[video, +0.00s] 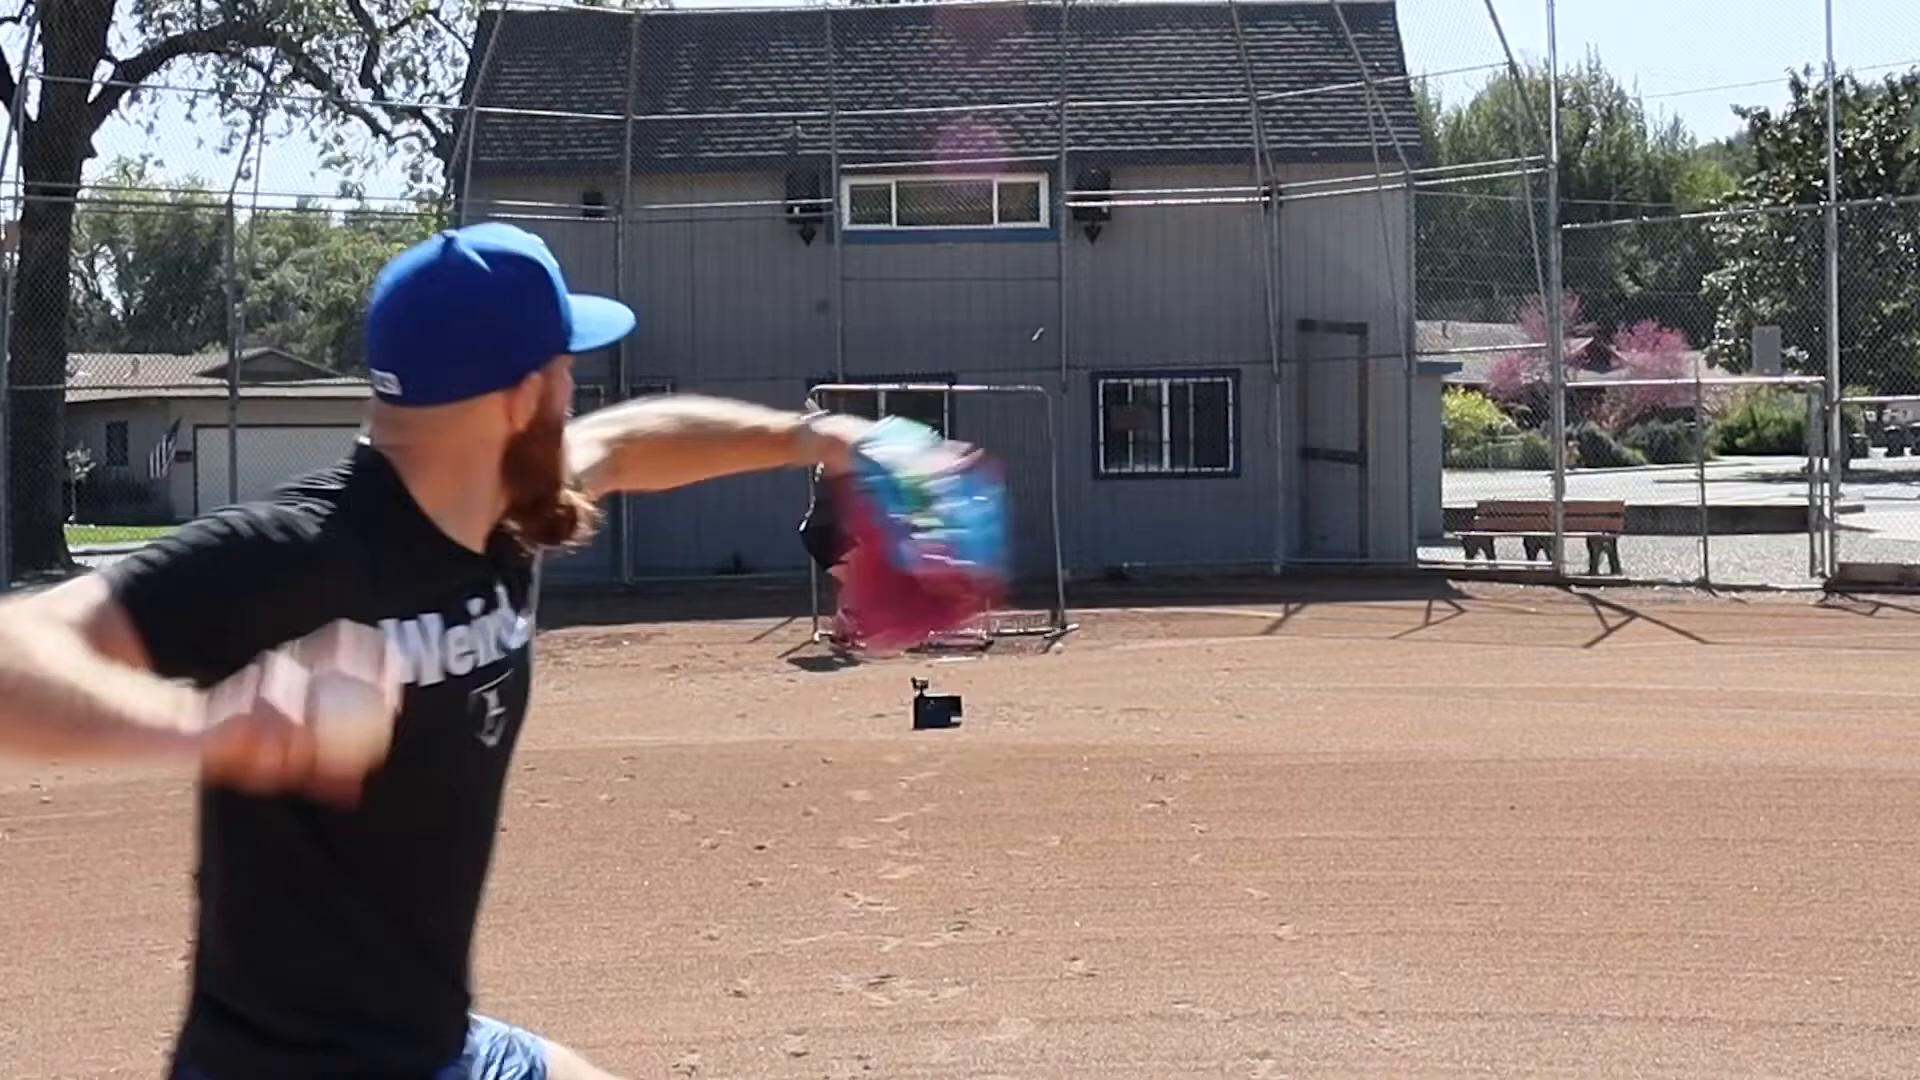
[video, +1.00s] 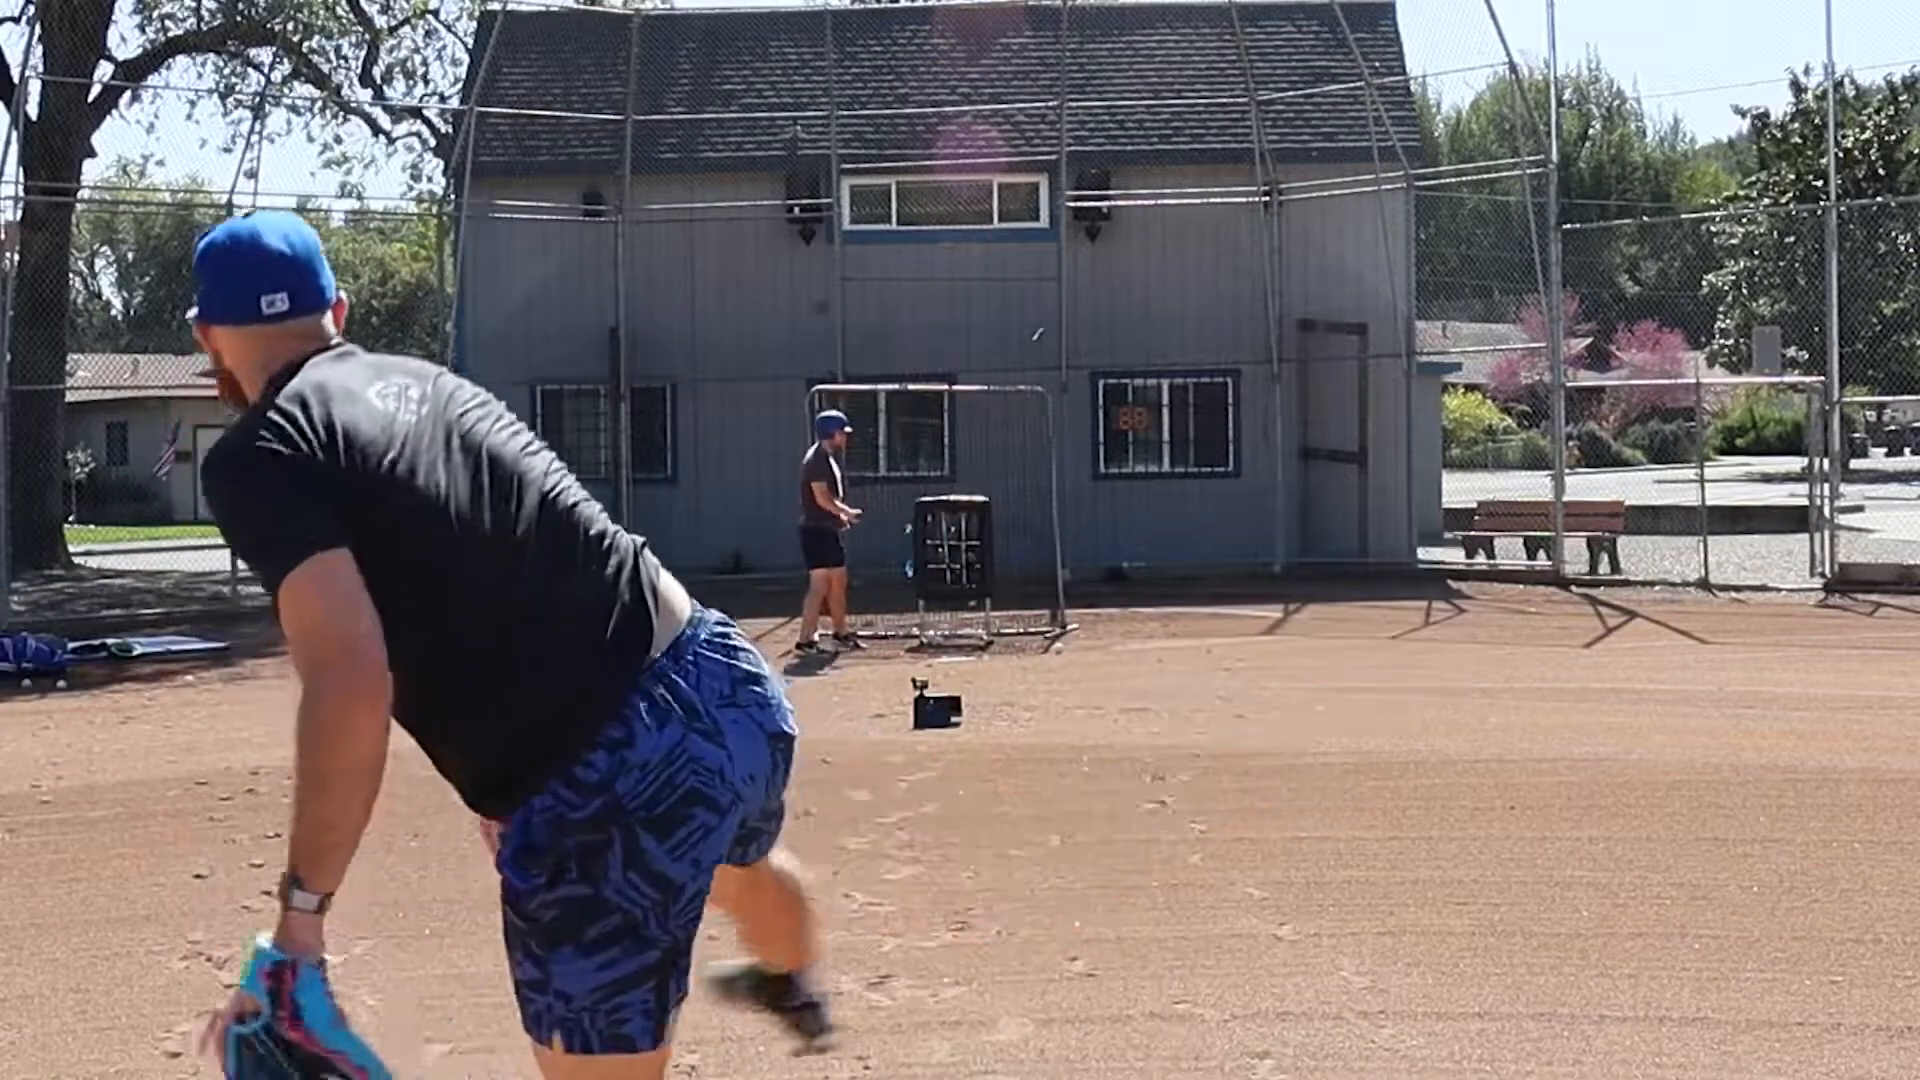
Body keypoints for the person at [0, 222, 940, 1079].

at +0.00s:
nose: (573, 389)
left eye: (570, 367)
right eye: (567, 366)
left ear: (465, 395)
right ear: (521, 392)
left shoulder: (492, 520)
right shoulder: (293, 550)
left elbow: (636, 442)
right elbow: (17, 651)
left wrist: (821, 438)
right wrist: (202, 725)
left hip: (443, 1046)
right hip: (269, 1070)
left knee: (605, 1071)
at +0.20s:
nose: (500, 457)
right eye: (496, 441)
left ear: (364, 490)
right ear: (490, 458)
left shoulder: (301, 686)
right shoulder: (591, 562)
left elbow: (238, 973)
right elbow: (829, 453)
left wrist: (305, 940)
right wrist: (783, 339)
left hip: (401, 1038)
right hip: (592, 1022)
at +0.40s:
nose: (291, 600)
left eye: (287, 585)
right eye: (289, 586)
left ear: (295, 578)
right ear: (400, 538)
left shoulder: (325, 617)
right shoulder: (492, 572)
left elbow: (363, 731)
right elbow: (423, 889)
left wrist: (277, 903)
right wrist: (281, 1024)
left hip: (555, 810)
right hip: (717, 757)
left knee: (571, 1059)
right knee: (809, 1059)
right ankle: (852, 1020)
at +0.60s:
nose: (225, 579)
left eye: (226, 560)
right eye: (232, 561)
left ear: (253, 546)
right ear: (348, 517)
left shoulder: (286, 585)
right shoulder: (436, 576)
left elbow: (354, 642)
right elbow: (449, 885)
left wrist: (339, 793)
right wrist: (352, 1049)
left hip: (572, 817)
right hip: (695, 704)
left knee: (582, 1068)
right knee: (1077, 949)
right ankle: (1234, 621)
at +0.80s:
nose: (178, 485)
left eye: (174, 467)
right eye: (188, 465)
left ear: (191, 464)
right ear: (300, 437)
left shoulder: (234, 543)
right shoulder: (374, 490)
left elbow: (334, 680)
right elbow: (515, 622)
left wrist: (354, 920)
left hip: (608, 800)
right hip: (716, 672)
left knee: (595, 1062)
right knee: (960, 831)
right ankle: (1263, 861)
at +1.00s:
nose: (209, 351)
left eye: (204, 332)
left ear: (210, 341)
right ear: (338, 311)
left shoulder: (263, 449)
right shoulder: (424, 380)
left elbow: (350, 675)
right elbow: (511, 569)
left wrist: (302, 911)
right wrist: (501, 781)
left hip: (604, 794)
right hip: (731, 685)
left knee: (599, 1059)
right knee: (745, 859)